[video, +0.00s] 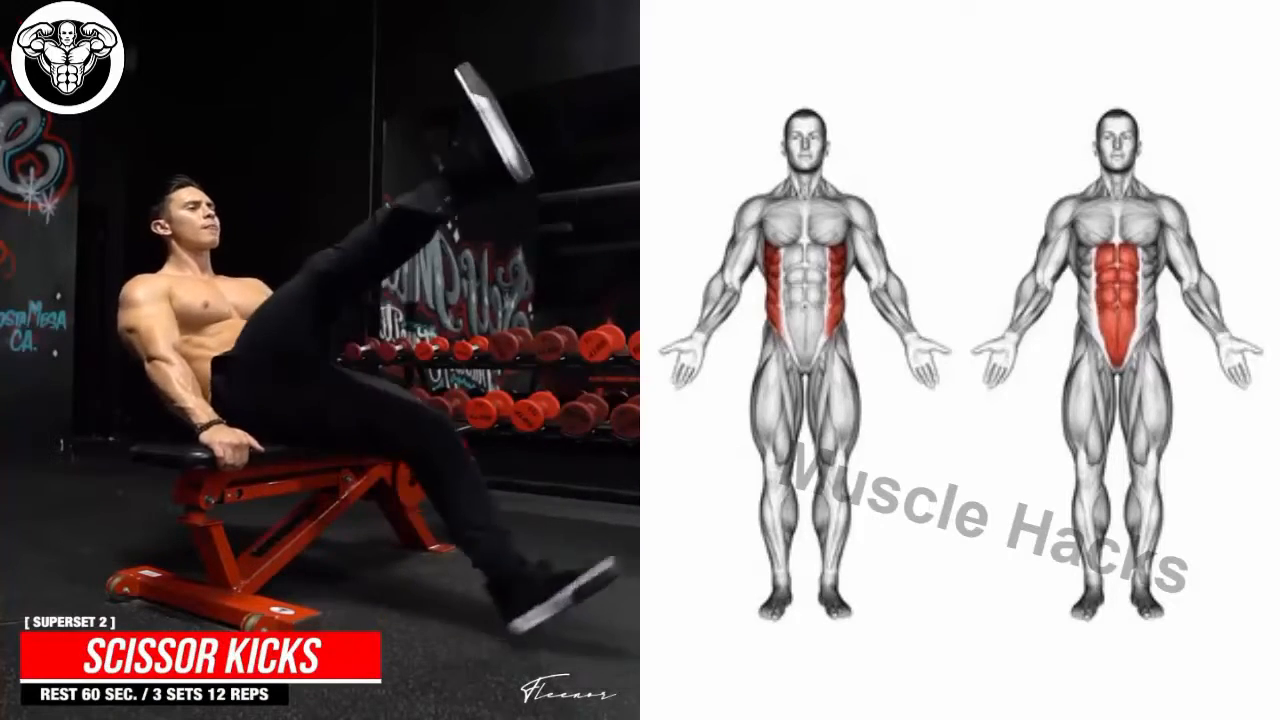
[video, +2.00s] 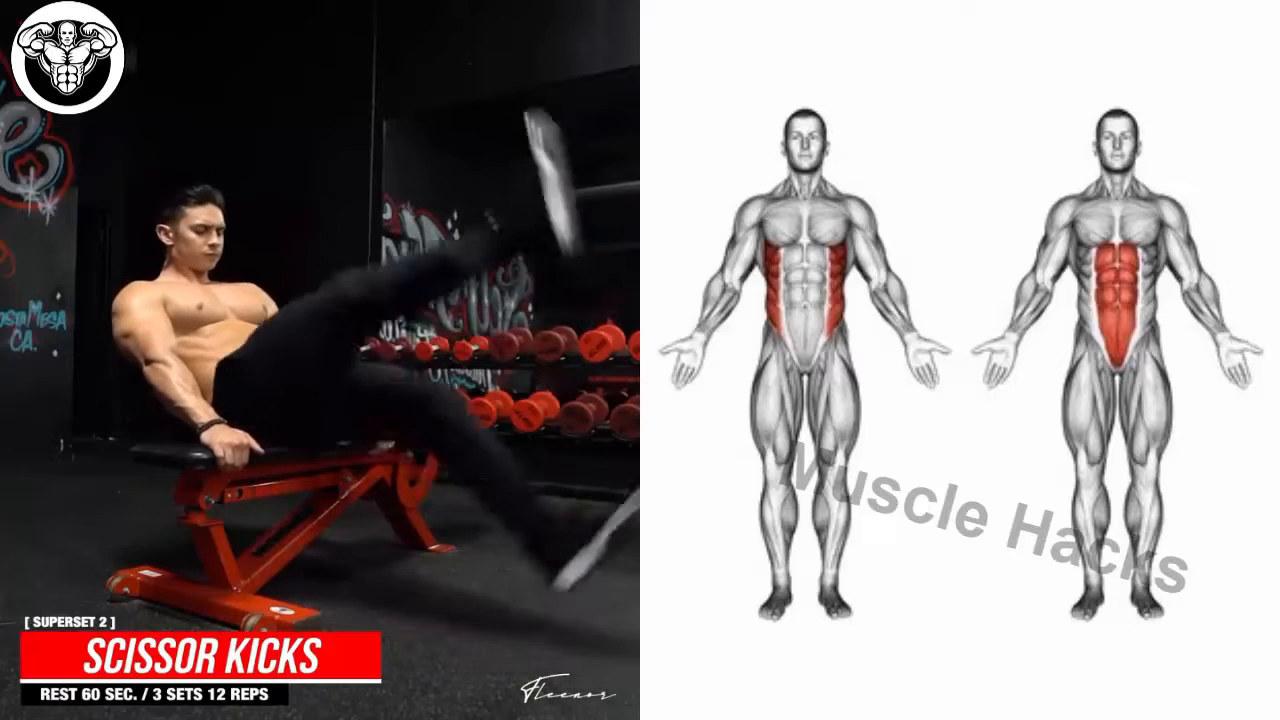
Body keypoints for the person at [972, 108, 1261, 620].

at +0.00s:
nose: (1116, 145)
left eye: (1124, 138)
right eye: (1109, 137)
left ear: (1137, 146)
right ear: (1097, 145)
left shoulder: (1164, 211)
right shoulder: (1070, 211)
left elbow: (1193, 282)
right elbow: (1041, 282)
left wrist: (1221, 335)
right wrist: (1012, 336)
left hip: (1144, 355)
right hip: (1089, 354)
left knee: (1145, 466)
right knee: (1088, 466)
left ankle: (1141, 582)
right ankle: (1092, 583)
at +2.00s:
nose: (1116, 145)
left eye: (1124, 138)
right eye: (1108, 138)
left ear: (1137, 145)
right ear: (1096, 146)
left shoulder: (1164, 211)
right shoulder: (1070, 211)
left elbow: (1193, 282)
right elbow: (1041, 282)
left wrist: (1222, 335)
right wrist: (1012, 336)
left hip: (1144, 355)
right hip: (1089, 355)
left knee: (1145, 466)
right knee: (1088, 466)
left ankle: (1141, 581)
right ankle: (1092, 583)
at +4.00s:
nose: (1116, 145)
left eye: (1124, 138)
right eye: (1108, 138)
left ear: (1137, 145)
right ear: (1097, 145)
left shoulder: (1164, 211)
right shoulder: (1070, 211)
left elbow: (1193, 282)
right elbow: (1041, 282)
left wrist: (1221, 335)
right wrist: (1012, 336)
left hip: (1144, 355)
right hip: (1089, 354)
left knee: (1145, 466)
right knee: (1088, 466)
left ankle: (1141, 581)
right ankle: (1092, 583)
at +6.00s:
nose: (1116, 146)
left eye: (1124, 138)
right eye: (1109, 138)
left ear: (1137, 145)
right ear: (1097, 145)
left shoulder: (1164, 211)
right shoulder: (1070, 211)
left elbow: (1193, 282)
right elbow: (1041, 282)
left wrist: (1222, 335)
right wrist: (1012, 336)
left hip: (1144, 355)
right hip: (1089, 354)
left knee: (1145, 466)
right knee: (1088, 467)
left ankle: (1141, 581)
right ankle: (1092, 583)